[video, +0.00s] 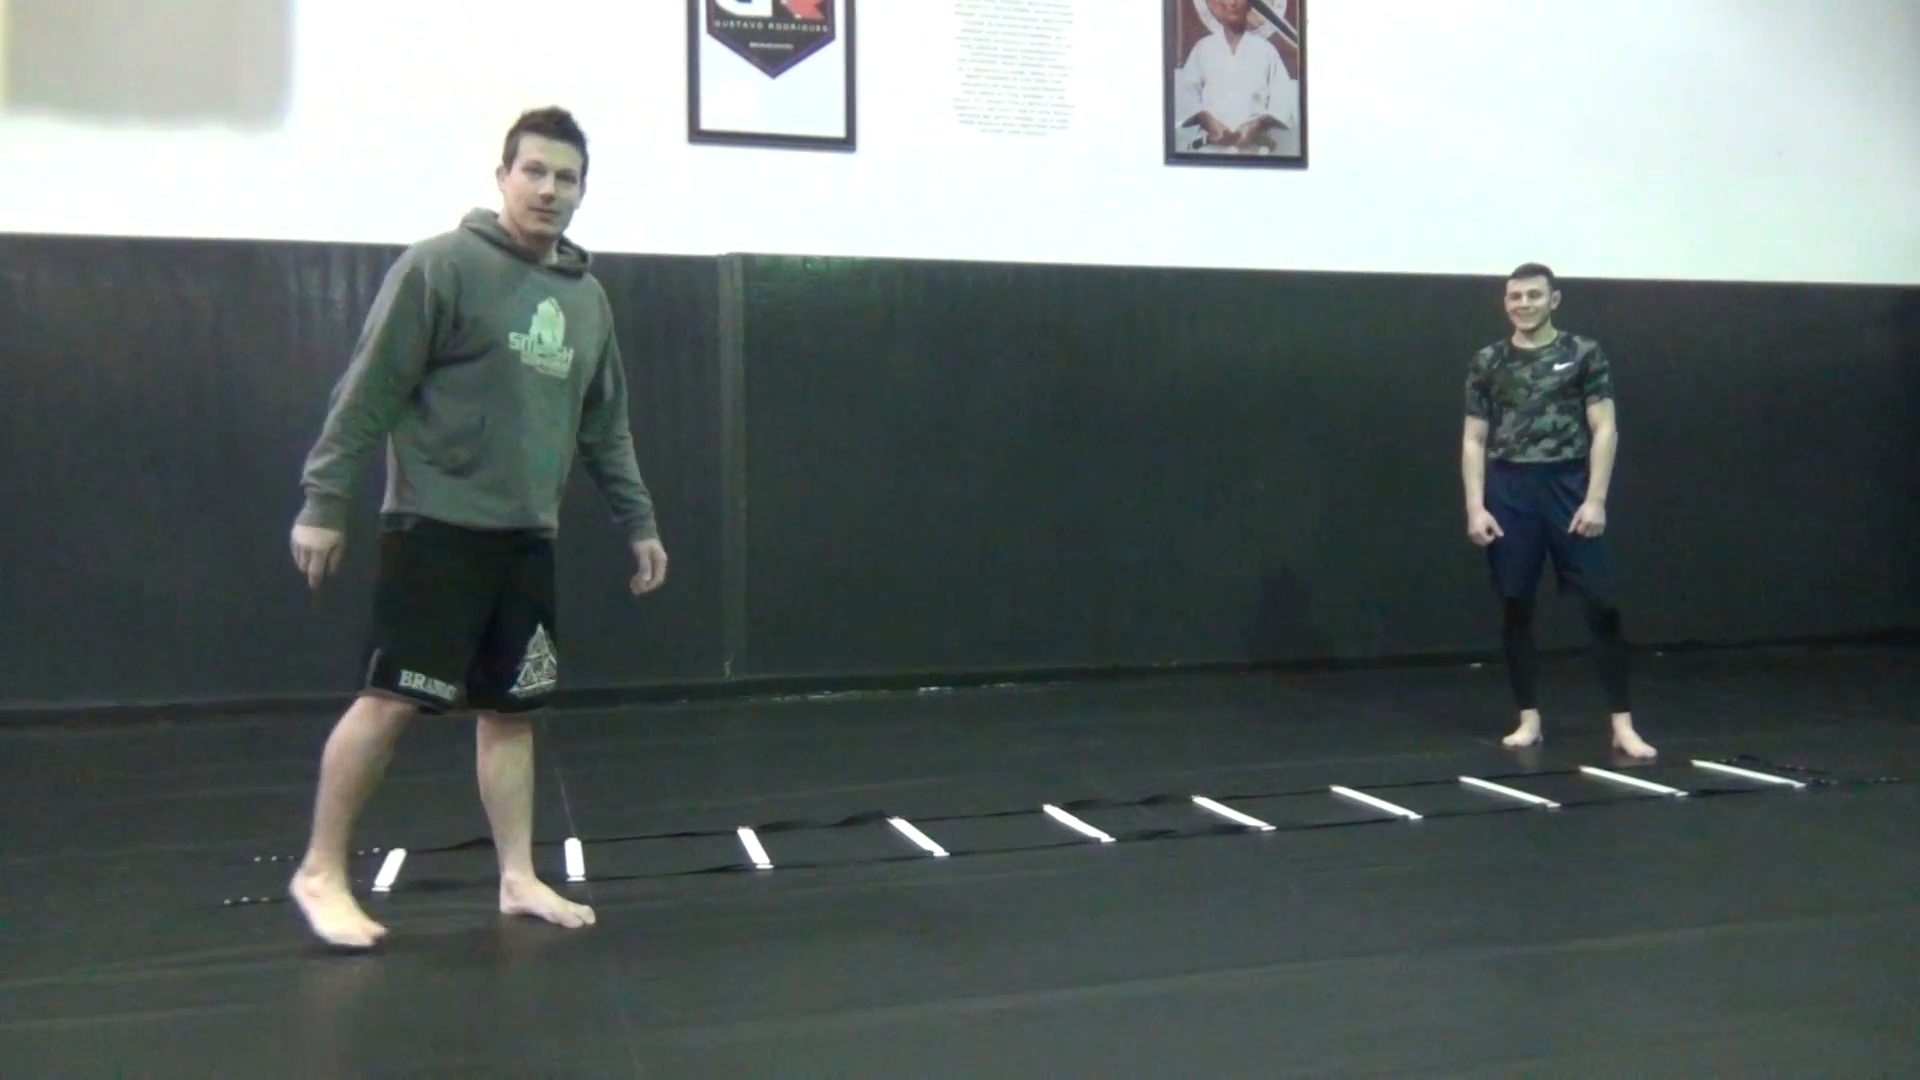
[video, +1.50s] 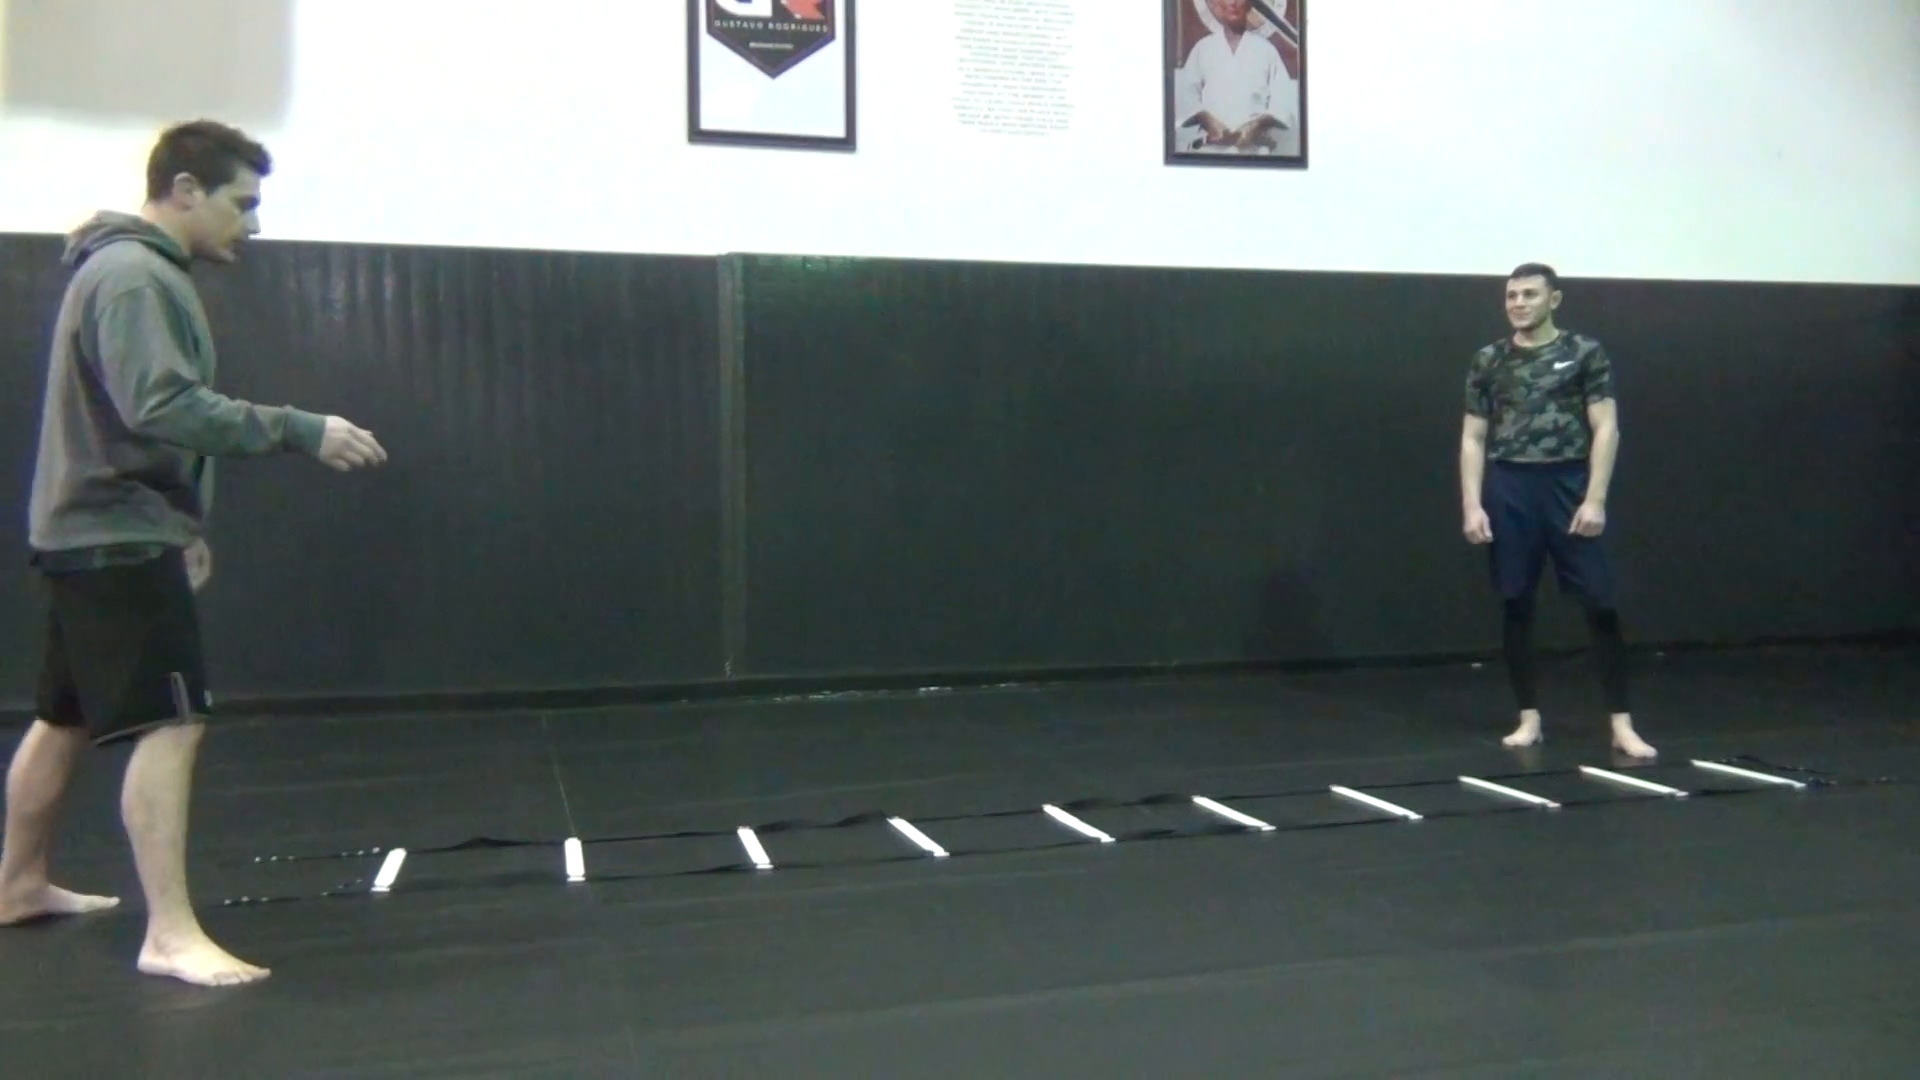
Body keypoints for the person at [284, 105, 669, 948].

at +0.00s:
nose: (550, 190)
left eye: (566, 178)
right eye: (535, 172)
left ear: (580, 191)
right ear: (502, 176)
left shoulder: (587, 299)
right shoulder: (438, 269)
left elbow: (606, 426)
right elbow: (367, 391)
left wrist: (641, 525)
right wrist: (324, 505)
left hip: (525, 536)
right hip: (434, 526)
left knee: (512, 709)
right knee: (392, 697)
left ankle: (520, 879)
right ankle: (320, 873)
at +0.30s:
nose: (467, 180)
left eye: (485, 167)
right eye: (451, 162)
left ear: (501, 180)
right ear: (418, 170)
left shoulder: (523, 290)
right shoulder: (362, 268)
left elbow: (558, 422)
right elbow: (310, 398)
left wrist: (602, 514)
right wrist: (330, 504)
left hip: (480, 542)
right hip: (380, 536)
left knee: (493, 715)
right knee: (308, 710)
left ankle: (518, 885)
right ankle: (201, 896)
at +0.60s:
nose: (320, 177)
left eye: (339, 162)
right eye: (302, 159)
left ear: (362, 178)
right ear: (272, 172)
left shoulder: (396, 287)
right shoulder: (222, 282)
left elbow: (420, 422)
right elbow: (185, 424)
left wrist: (441, 528)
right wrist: (274, 509)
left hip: (375, 554)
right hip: (261, 554)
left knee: (444, 704)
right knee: (218, 735)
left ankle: (511, 873)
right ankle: (171, 937)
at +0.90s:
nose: (277, 172)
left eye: (286, 156)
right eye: (257, 154)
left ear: (291, 161)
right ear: (200, 155)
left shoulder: (294, 261)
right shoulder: (136, 270)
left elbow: (316, 390)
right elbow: (115, 421)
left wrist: (345, 493)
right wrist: (237, 505)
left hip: (283, 539)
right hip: (180, 546)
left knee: (306, 704)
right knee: (172, 731)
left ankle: (307, 889)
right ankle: (168, 937)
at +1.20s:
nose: (291, 179)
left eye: (291, 161)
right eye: (278, 160)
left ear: (221, 162)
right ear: (217, 159)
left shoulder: (223, 257)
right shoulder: (136, 259)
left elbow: (227, 406)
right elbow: (122, 405)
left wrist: (284, 489)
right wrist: (275, 457)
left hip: (203, 529)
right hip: (151, 536)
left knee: (150, 712)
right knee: (175, 730)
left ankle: (62, 852)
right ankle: (170, 936)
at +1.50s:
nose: (251, 224)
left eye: (254, 206)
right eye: (241, 203)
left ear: (178, 196)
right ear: (182, 191)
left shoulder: (129, 269)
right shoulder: (132, 274)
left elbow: (148, 423)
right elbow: (161, 407)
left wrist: (181, 523)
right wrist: (302, 428)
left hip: (87, 533)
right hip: (118, 537)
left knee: (65, 717)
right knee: (172, 722)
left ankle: (19, 883)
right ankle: (172, 934)